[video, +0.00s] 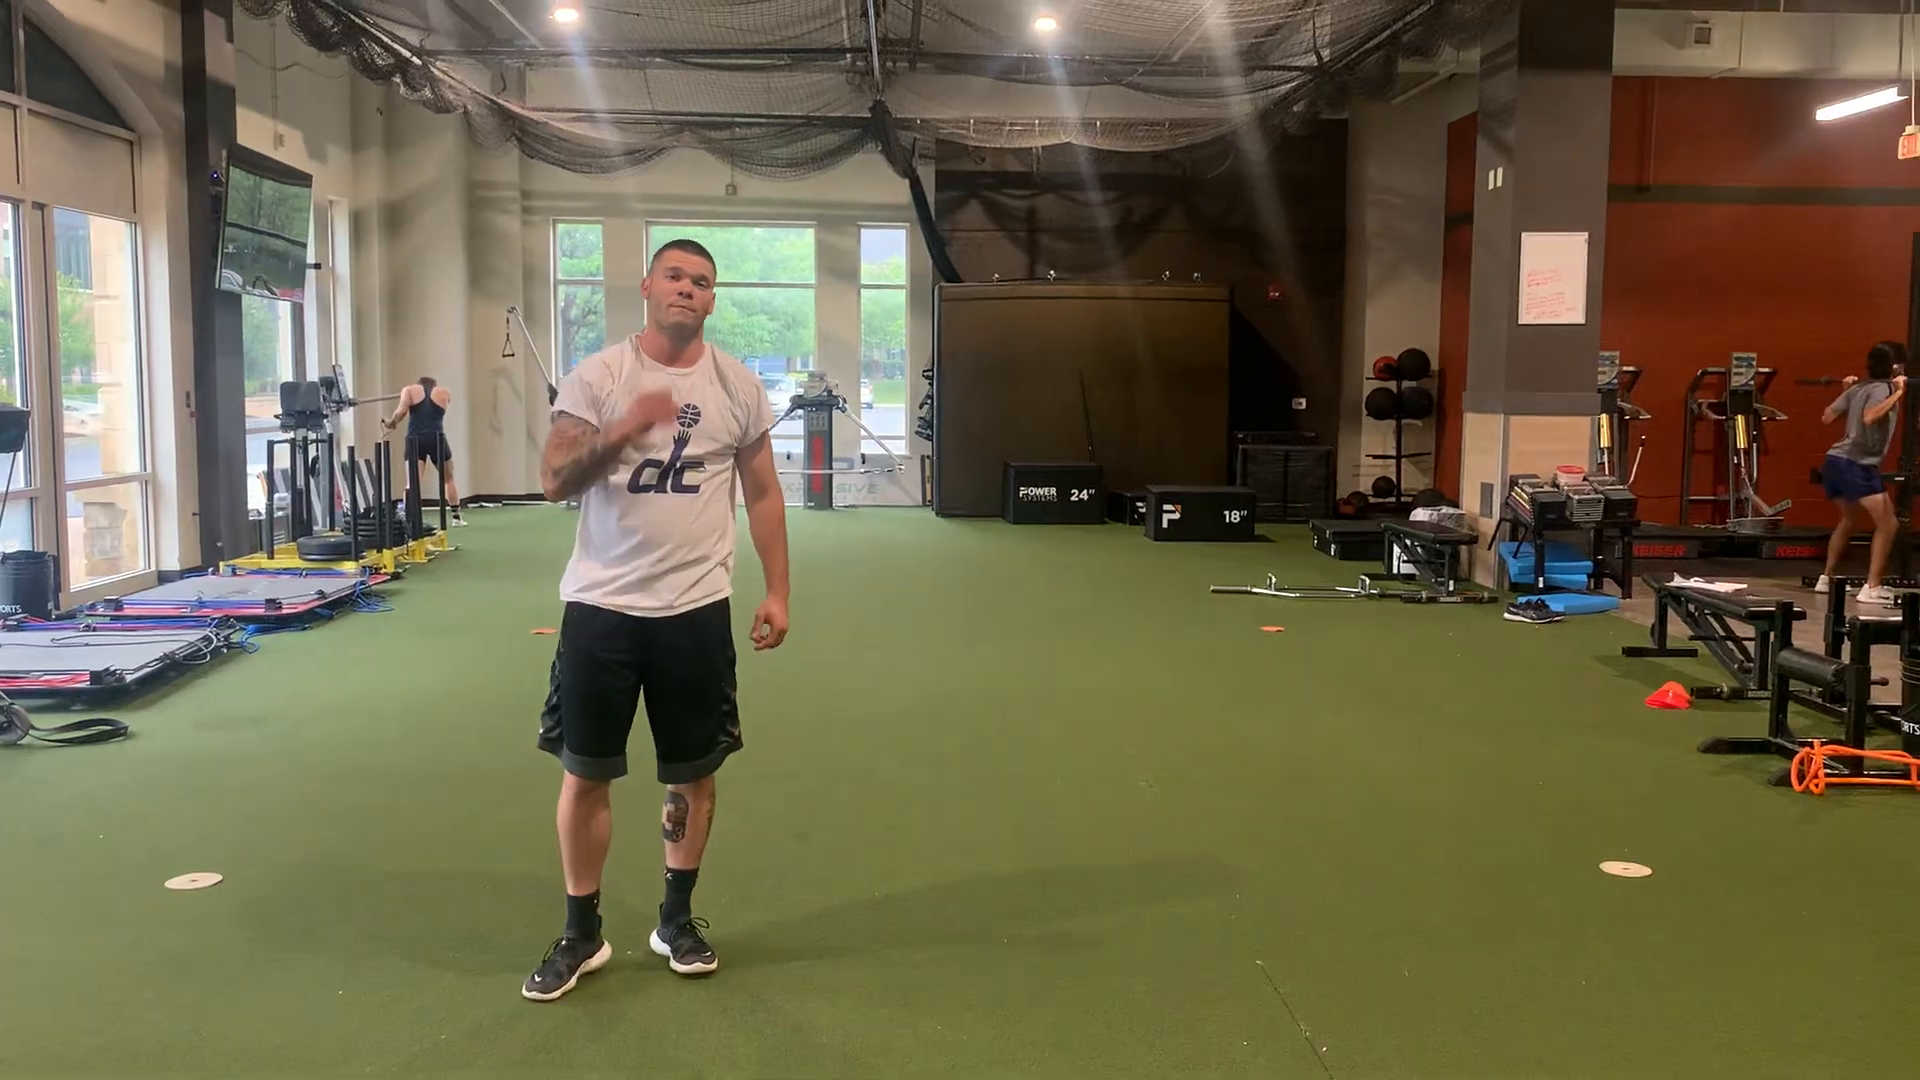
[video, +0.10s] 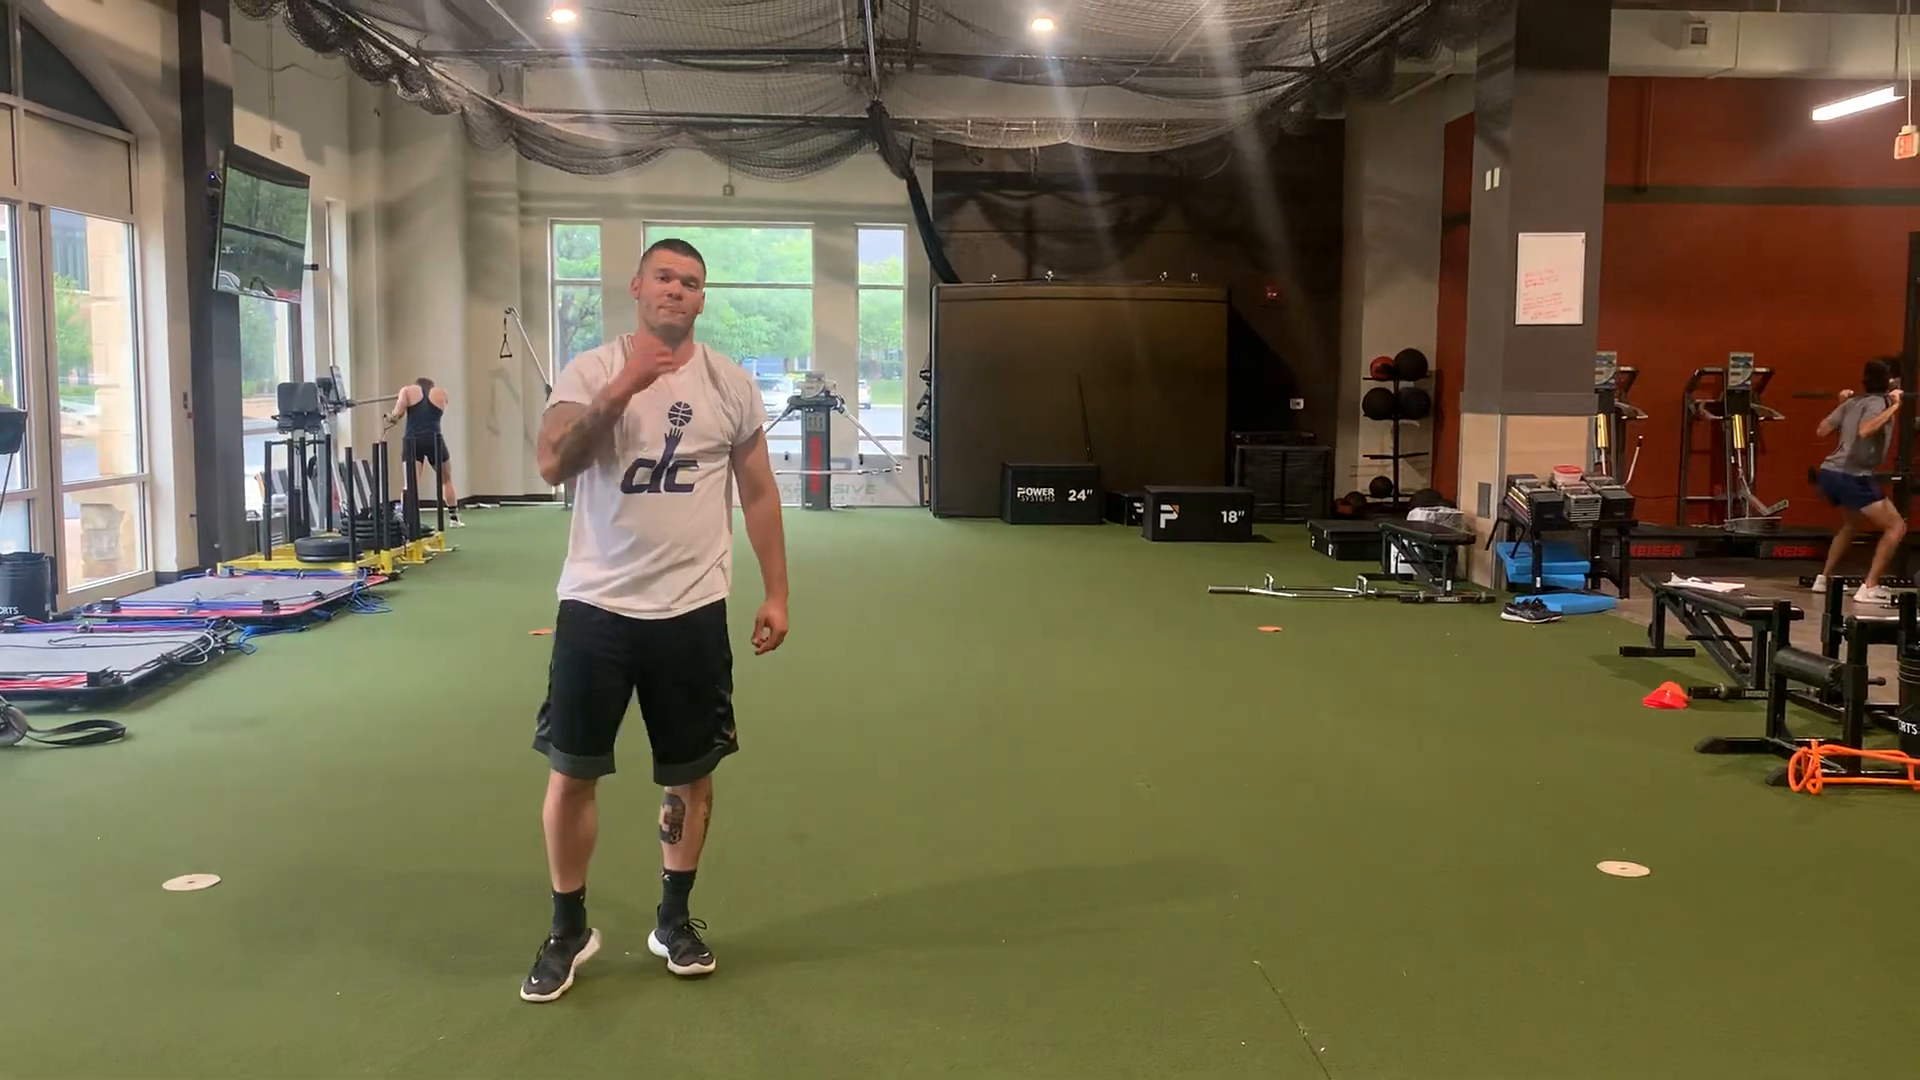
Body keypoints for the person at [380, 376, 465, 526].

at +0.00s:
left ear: (418, 384)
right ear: (435, 385)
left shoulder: (409, 390)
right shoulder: (444, 393)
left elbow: (402, 411)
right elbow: (440, 412)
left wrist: (391, 423)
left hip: (415, 440)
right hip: (437, 439)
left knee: (412, 482)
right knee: (449, 479)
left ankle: (408, 519)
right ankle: (456, 517)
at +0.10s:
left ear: (416, 384)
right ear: (432, 386)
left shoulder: (407, 391)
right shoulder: (441, 394)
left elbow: (398, 412)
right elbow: (438, 413)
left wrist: (391, 419)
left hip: (413, 441)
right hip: (434, 440)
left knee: (410, 482)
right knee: (446, 480)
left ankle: (404, 518)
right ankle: (454, 518)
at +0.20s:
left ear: (414, 385)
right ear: (429, 387)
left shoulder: (404, 392)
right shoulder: (438, 395)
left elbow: (395, 413)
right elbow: (437, 412)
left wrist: (390, 412)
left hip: (410, 441)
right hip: (432, 440)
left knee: (408, 482)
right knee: (443, 480)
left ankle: (401, 516)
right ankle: (452, 519)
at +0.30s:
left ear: (412, 387)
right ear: (428, 389)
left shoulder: (403, 393)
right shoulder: (437, 396)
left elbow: (393, 413)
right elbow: (436, 413)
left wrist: (401, 411)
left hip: (409, 442)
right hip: (430, 441)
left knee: (406, 483)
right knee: (442, 482)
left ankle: (400, 517)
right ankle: (450, 520)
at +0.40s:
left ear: (411, 389)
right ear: (427, 390)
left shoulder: (403, 394)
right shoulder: (437, 397)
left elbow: (392, 415)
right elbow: (434, 415)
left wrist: (402, 410)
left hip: (408, 444)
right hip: (430, 442)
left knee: (406, 485)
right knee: (442, 483)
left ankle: (400, 520)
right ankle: (450, 522)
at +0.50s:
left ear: (411, 390)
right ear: (427, 392)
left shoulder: (402, 395)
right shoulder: (437, 399)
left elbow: (392, 417)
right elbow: (433, 417)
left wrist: (402, 413)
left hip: (408, 445)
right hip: (429, 444)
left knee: (406, 487)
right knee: (442, 484)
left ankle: (400, 522)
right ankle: (450, 523)